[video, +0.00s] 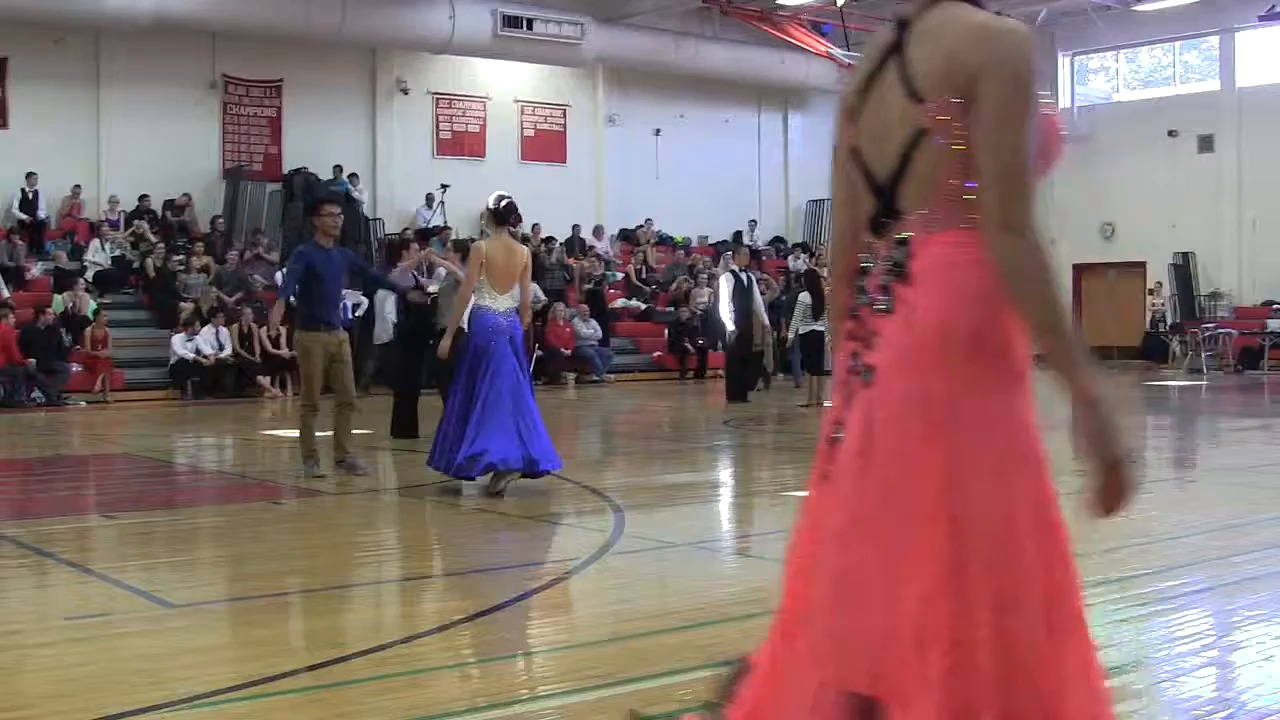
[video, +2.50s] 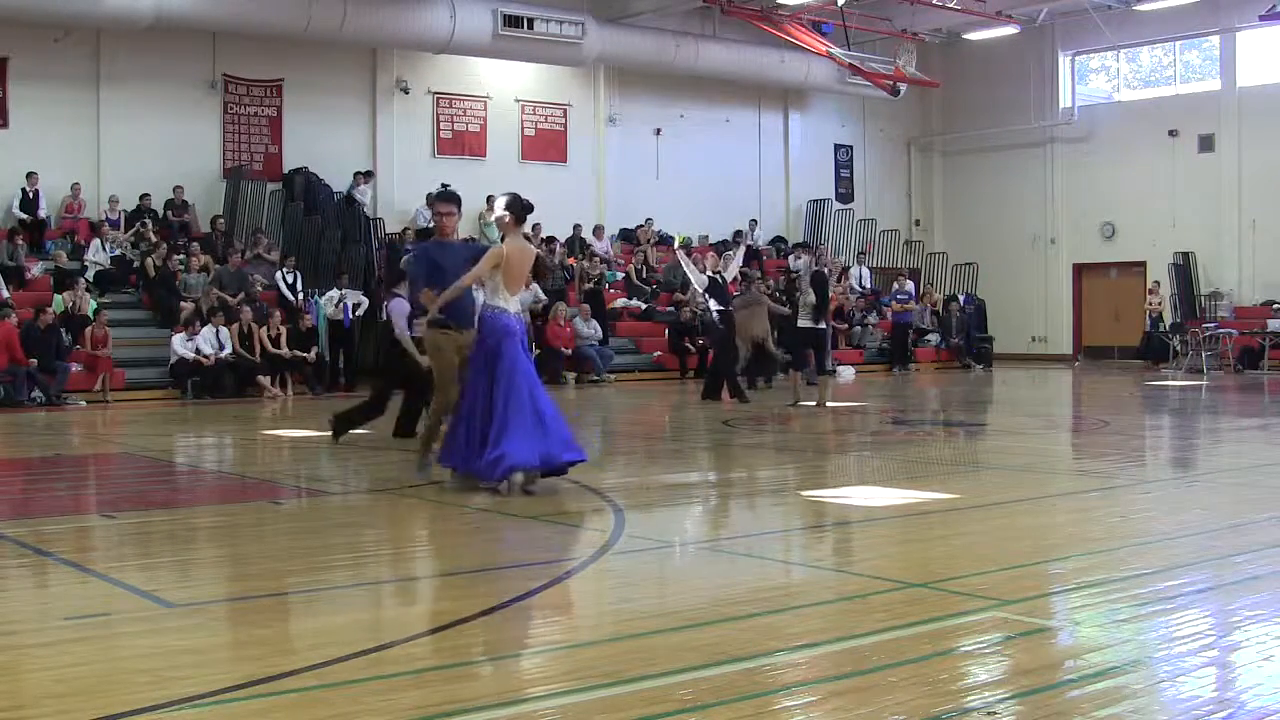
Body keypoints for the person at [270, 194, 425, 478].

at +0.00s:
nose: (337, 220)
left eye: (339, 215)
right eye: (330, 216)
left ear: (341, 219)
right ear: (316, 220)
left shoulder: (343, 255)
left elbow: (373, 276)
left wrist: (406, 291)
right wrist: (277, 311)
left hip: (338, 335)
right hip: (310, 336)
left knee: (347, 399)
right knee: (310, 402)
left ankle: (342, 456)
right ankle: (310, 459)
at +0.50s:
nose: (347, 221)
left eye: (350, 216)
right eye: (341, 216)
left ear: (354, 220)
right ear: (328, 220)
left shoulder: (358, 254)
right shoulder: (319, 252)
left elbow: (393, 254)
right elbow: (312, 276)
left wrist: (434, 249)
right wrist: (334, 246)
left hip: (357, 335)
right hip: (330, 337)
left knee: (356, 400)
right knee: (324, 401)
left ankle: (352, 457)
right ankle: (313, 458)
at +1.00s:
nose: (369, 223)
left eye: (371, 218)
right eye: (364, 218)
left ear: (372, 221)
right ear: (349, 220)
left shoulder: (376, 251)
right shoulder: (342, 248)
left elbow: (404, 255)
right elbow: (331, 255)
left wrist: (439, 251)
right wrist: (371, 256)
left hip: (376, 333)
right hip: (352, 333)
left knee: (365, 396)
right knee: (372, 393)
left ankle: (353, 454)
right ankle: (377, 455)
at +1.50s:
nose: (400, 225)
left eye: (401, 219)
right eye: (394, 219)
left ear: (400, 220)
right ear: (378, 220)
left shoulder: (401, 252)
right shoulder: (360, 252)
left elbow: (429, 252)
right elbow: (357, 277)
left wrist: (459, 246)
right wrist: (359, 298)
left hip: (402, 334)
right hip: (376, 334)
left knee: (383, 396)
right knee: (385, 397)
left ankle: (357, 450)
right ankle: (393, 458)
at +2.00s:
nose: (420, 225)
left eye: (424, 219)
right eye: (414, 219)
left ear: (427, 221)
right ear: (401, 221)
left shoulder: (430, 254)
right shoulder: (383, 251)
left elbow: (461, 254)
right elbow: (368, 257)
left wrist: (496, 251)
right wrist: (384, 262)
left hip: (423, 336)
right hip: (391, 337)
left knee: (438, 397)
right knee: (393, 401)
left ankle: (449, 463)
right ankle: (395, 460)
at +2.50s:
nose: (443, 221)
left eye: (449, 215)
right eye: (438, 215)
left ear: (459, 217)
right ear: (432, 217)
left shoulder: (471, 249)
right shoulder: (422, 252)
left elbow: (500, 258)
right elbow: (418, 294)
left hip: (469, 332)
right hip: (440, 332)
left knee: (470, 396)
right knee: (447, 395)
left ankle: (464, 455)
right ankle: (426, 448)